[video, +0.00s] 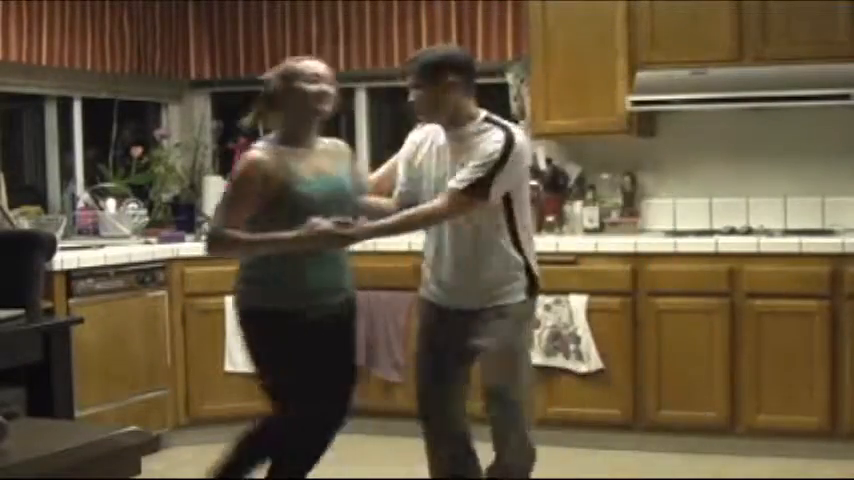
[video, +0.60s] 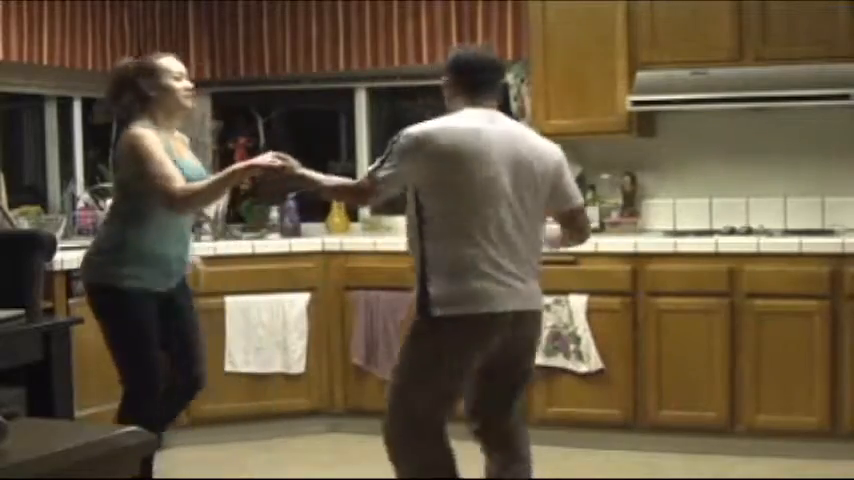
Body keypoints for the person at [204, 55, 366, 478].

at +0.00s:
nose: (326, 89)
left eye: (330, 82)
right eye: (313, 81)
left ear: (336, 96)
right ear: (282, 93)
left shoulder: (340, 151)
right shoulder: (260, 163)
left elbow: (355, 206)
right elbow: (218, 239)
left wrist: (407, 209)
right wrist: (302, 238)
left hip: (333, 304)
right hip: (273, 307)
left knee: (328, 415)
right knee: (295, 416)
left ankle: (284, 475)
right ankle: (227, 472)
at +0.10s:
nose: (287, 90)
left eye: (289, 83)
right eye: (275, 82)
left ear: (295, 94)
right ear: (243, 93)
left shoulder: (304, 152)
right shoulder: (218, 161)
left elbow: (349, 197)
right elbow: (192, 241)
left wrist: (395, 156)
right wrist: (274, 235)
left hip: (291, 301)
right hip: (225, 303)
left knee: (290, 419)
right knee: (220, 413)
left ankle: (270, 479)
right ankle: (153, 464)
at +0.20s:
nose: (255, 92)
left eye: (257, 85)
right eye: (243, 84)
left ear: (260, 98)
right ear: (212, 97)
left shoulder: (270, 155)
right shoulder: (186, 160)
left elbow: (306, 214)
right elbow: (175, 240)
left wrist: (345, 183)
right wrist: (252, 233)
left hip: (246, 300)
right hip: (181, 301)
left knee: (271, 413)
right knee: (178, 409)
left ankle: (264, 479)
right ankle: (143, 471)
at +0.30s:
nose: (229, 91)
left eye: (230, 83)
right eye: (217, 83)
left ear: (233, 97)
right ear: (188, 95)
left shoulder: (239, 154)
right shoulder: (163, 153)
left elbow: (251, 220)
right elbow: (164, 231)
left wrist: (299, 214)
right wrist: (237, 223)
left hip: (211, 289)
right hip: (151, 294)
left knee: (254, 385)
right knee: (159, 399)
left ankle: (263, 474)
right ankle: (138, 474)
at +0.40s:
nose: (213, 87)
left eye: (211, 80)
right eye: (201, 80)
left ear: (205, 92)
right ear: (172, 91)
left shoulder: (214, 150)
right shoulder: (148, 146)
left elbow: (206, 224)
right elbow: (160, 218)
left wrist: (255, 226)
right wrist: (233, 199)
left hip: (188, 282)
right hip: (132, 284)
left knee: (241, 370)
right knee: (152, 390)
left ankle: (218, 472)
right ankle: (139, 473)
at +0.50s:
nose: (199, 84)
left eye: (197, 77)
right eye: (187, 77)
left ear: (191, 89)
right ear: (157, 88)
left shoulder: (197, 143)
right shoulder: (141, 140)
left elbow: (187, 209)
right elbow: (163, 206)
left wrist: (221, 236)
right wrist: (230, 181)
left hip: (172, 276)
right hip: (121, 279)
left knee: (221, 369)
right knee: (143, 385)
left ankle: (173, 446)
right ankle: (132, 468)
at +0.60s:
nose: (190, 85)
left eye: (188, 77)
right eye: (179, 77)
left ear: (172, 89)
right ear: (151, 87)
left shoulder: (178, 142)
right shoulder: (139, 137)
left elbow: (201, 196)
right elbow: (177, 197)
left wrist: (243, 176)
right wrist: (242, 170)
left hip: (166, 277)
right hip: (121, 279)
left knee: (189, 377)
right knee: (145, 387)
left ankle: (124, 454)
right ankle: (133, 469)